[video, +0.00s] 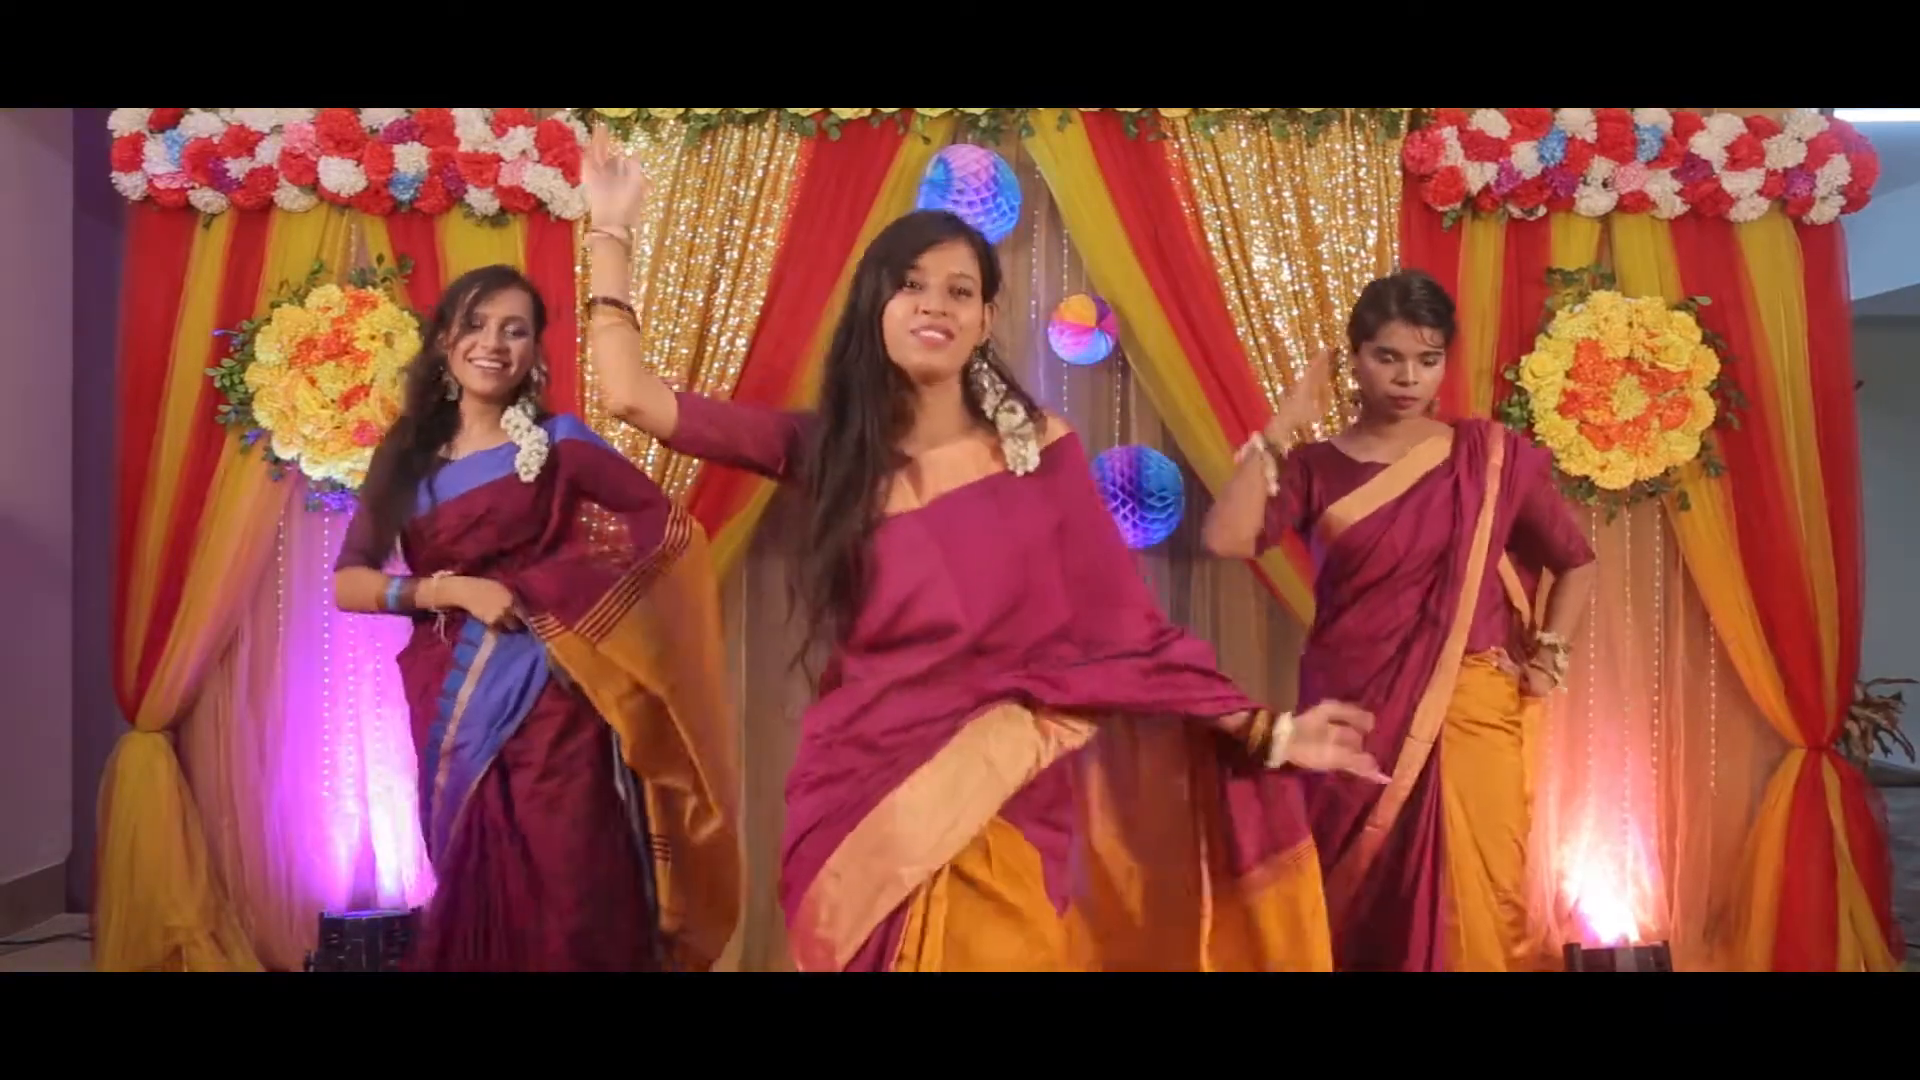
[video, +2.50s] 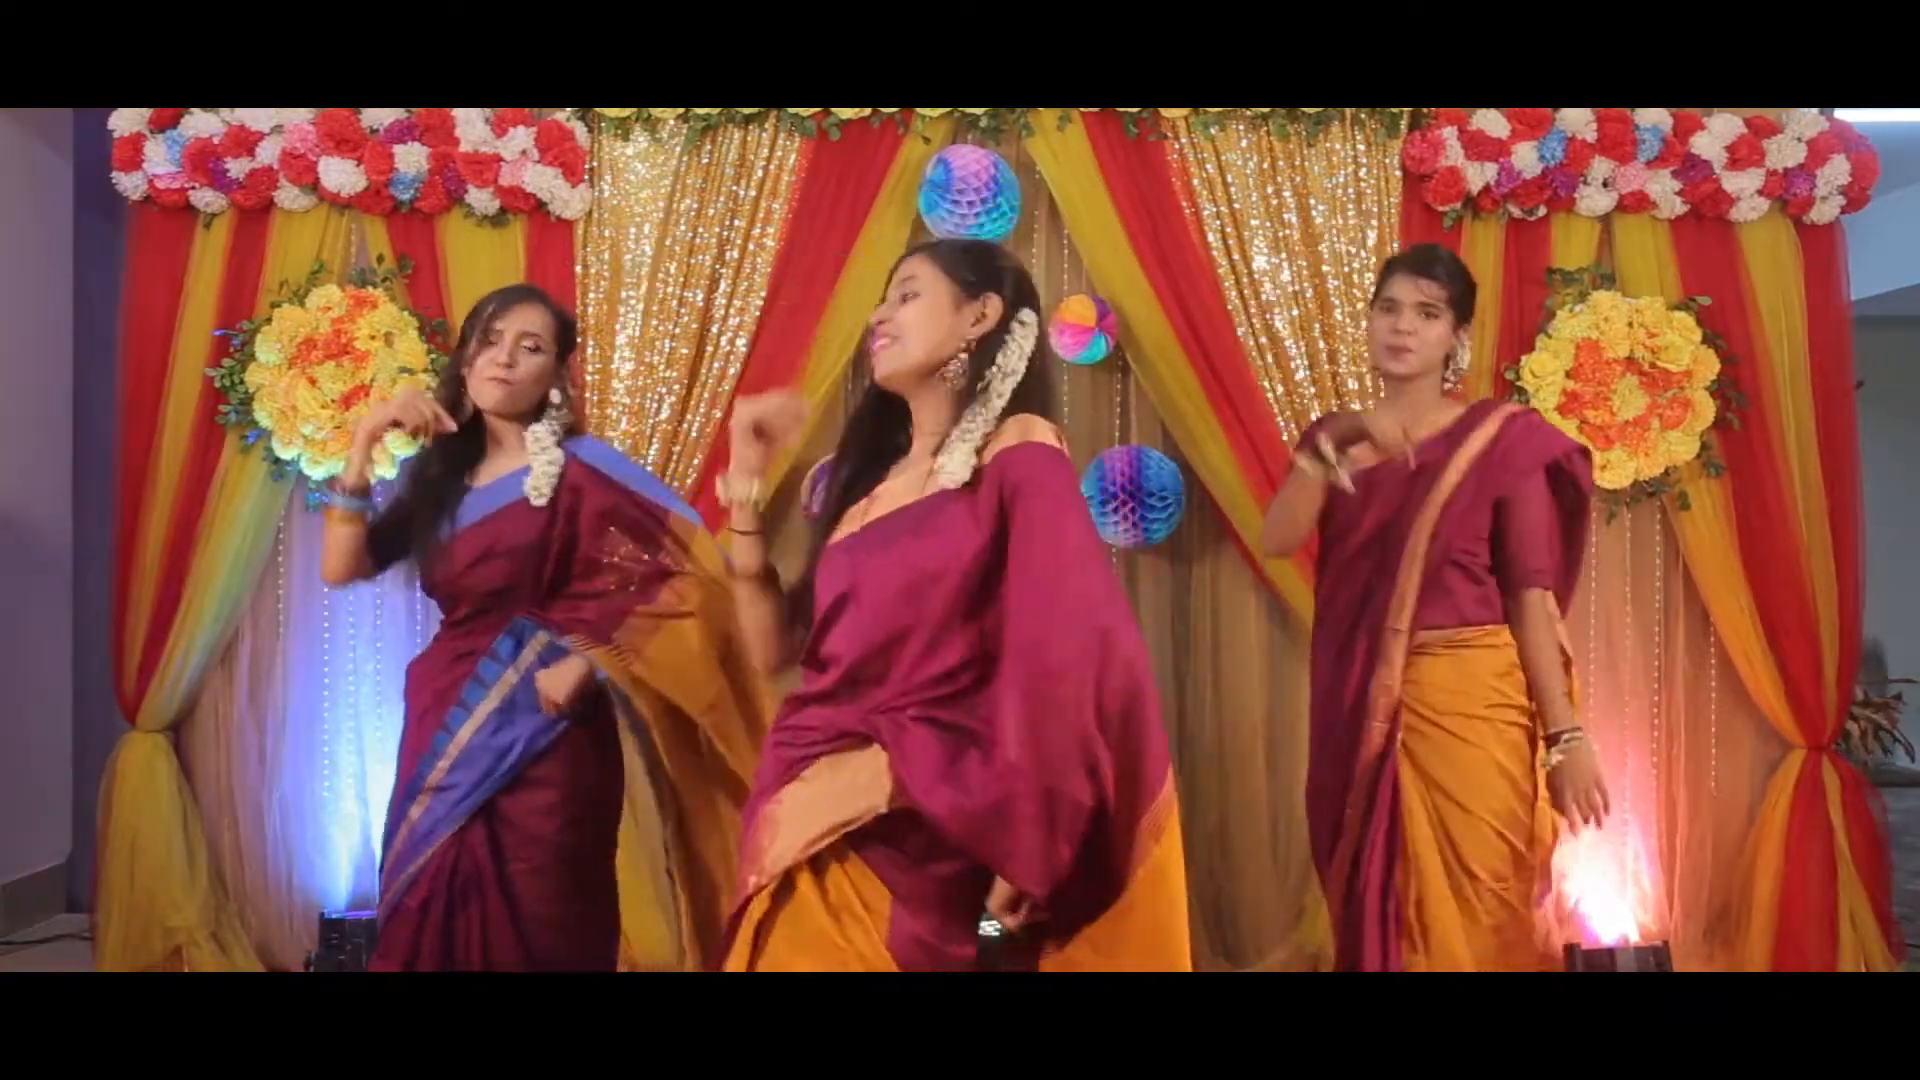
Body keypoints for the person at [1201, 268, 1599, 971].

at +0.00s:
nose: (1409, 378)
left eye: (1428, 359)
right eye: (1389, 357)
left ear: (1448, 359)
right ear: (1355, 356)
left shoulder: (1493, 453)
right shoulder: (1316, 467)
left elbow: (1573, 558)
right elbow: (1223, 537)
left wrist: (1551, 651)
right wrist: (1280, 429)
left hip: (1469, 711)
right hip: (1349, 718)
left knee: (1471, 917)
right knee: (1349, 921)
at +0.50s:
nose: (1415, 365)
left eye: (1434, 349)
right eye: (1396, 345)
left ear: (1453, 358)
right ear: (1360, 352)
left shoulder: (1503, 456)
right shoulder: (1320, 479)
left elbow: (1531, 612)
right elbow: (1304, 623)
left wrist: (1579, 737)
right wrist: (1290, 696)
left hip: (1481, 729)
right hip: (1361, 735)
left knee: (1475, 933)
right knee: (1365, 935)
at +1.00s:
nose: (1420, 358)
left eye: (1437, 342)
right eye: (1398, 341)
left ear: (1453, 356)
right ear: (1360, 352)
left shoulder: (1463, 473)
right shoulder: (1326, 446)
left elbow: (1499, 617)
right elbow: (1346, 578)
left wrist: (1605, 680)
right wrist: (1438, 499)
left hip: (1471, 731)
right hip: (1374, 729)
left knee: (1486, 924)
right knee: (1389, 928)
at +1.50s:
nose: (1414, 402)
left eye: (1431, 382)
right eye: (1394, 383)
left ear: (1451, 383)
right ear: (1362, 387)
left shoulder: (1501, 471)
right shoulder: (1322, 483)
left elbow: (1632, 553)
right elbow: (1250, 566)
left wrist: (1517, 523)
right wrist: (1311, 517)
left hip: (1463, 716)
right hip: (1348, 720)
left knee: (1464, 907)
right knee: (1356, 912)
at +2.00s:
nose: (1406, 320)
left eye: (1424, 307)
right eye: (1384, 305)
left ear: (1445, 334)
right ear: (1351, 329)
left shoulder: (1498, 442)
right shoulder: (1328, 444)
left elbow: (1539, 583)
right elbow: (1252, 323)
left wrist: (1594, 687)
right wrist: (1336, 228)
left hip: (1500, 690)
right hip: (1381, 704)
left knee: (1492, 915)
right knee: (1389, 917)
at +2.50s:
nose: (1400, 325)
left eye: (1424, 312)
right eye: (1387, 307)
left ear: (1457, 337)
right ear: (1367, 322)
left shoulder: (1503, 437)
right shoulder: (1335, 439)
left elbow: (1533, 598)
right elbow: (1277, 537)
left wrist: (1565, 734)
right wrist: (1325, 451)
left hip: (1471, 695)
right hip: (1360, 699)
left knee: (1472, 915)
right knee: (1370, 909)